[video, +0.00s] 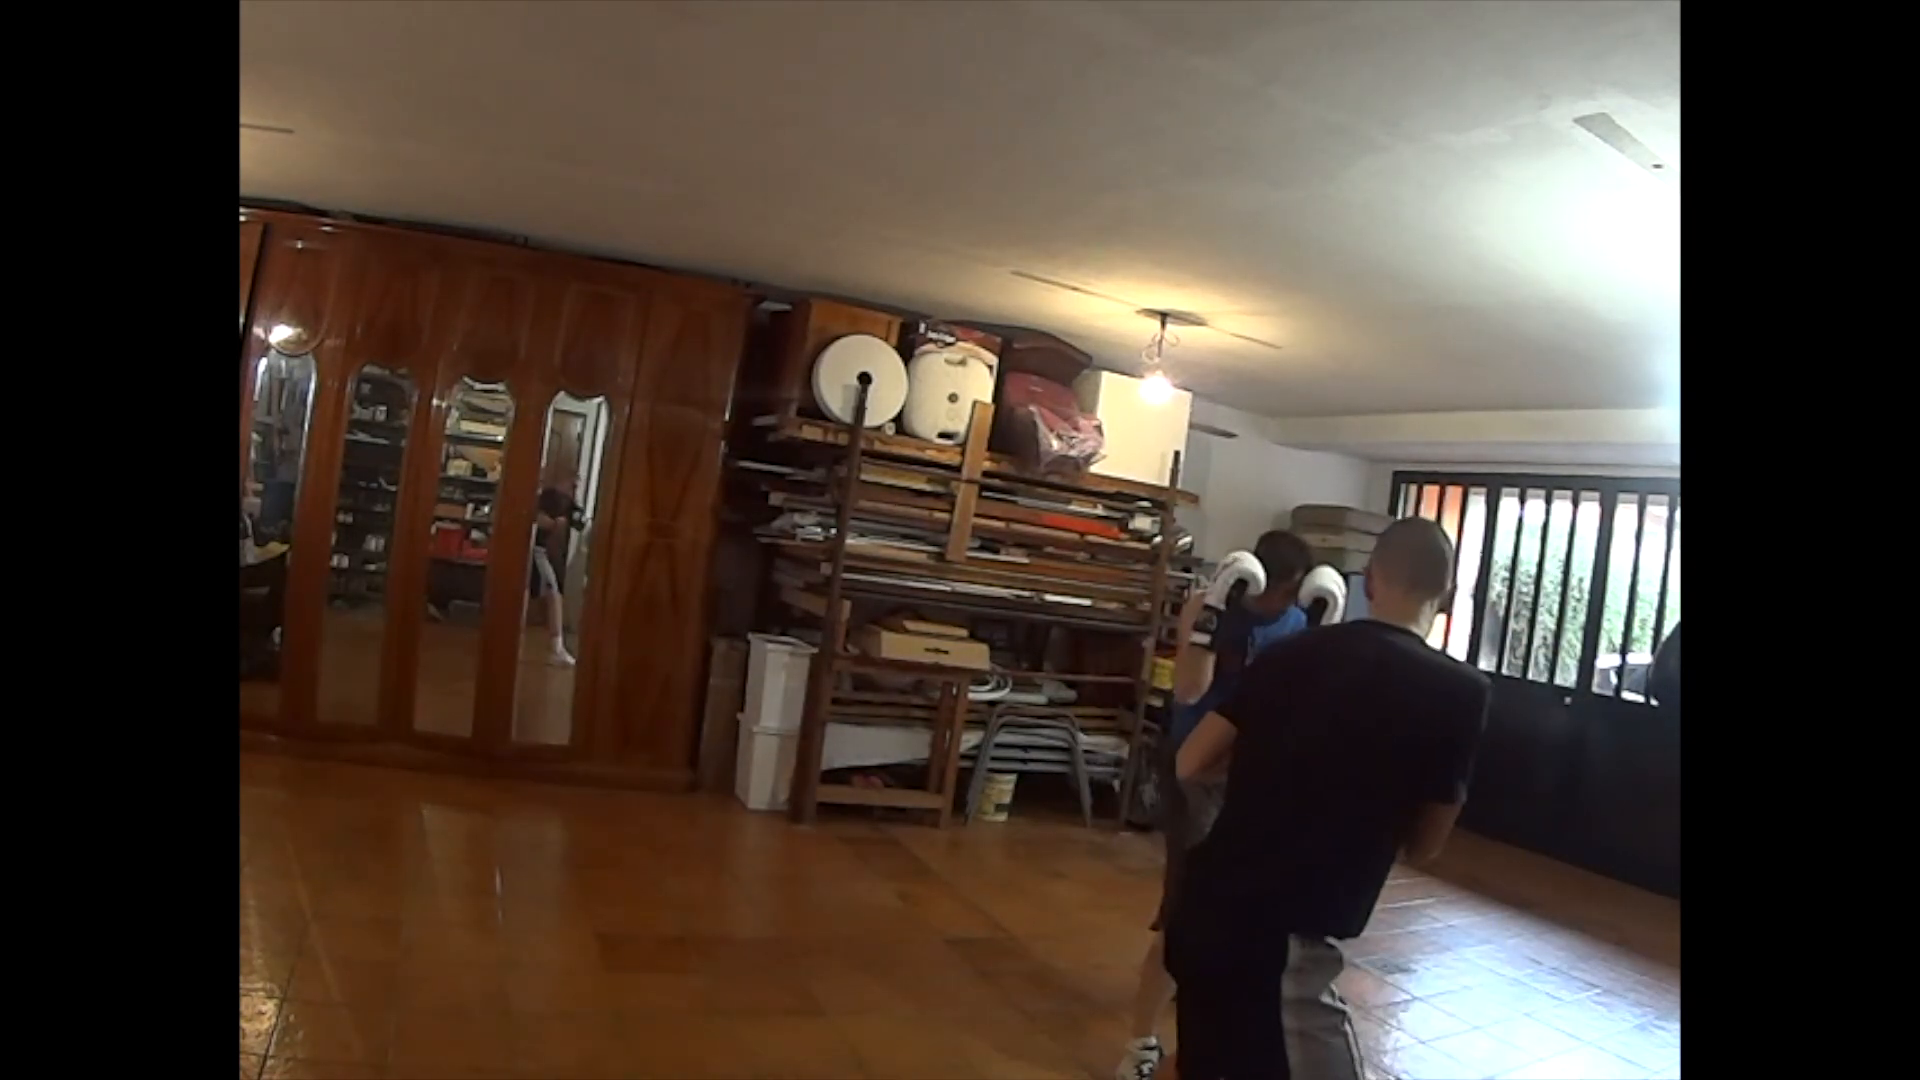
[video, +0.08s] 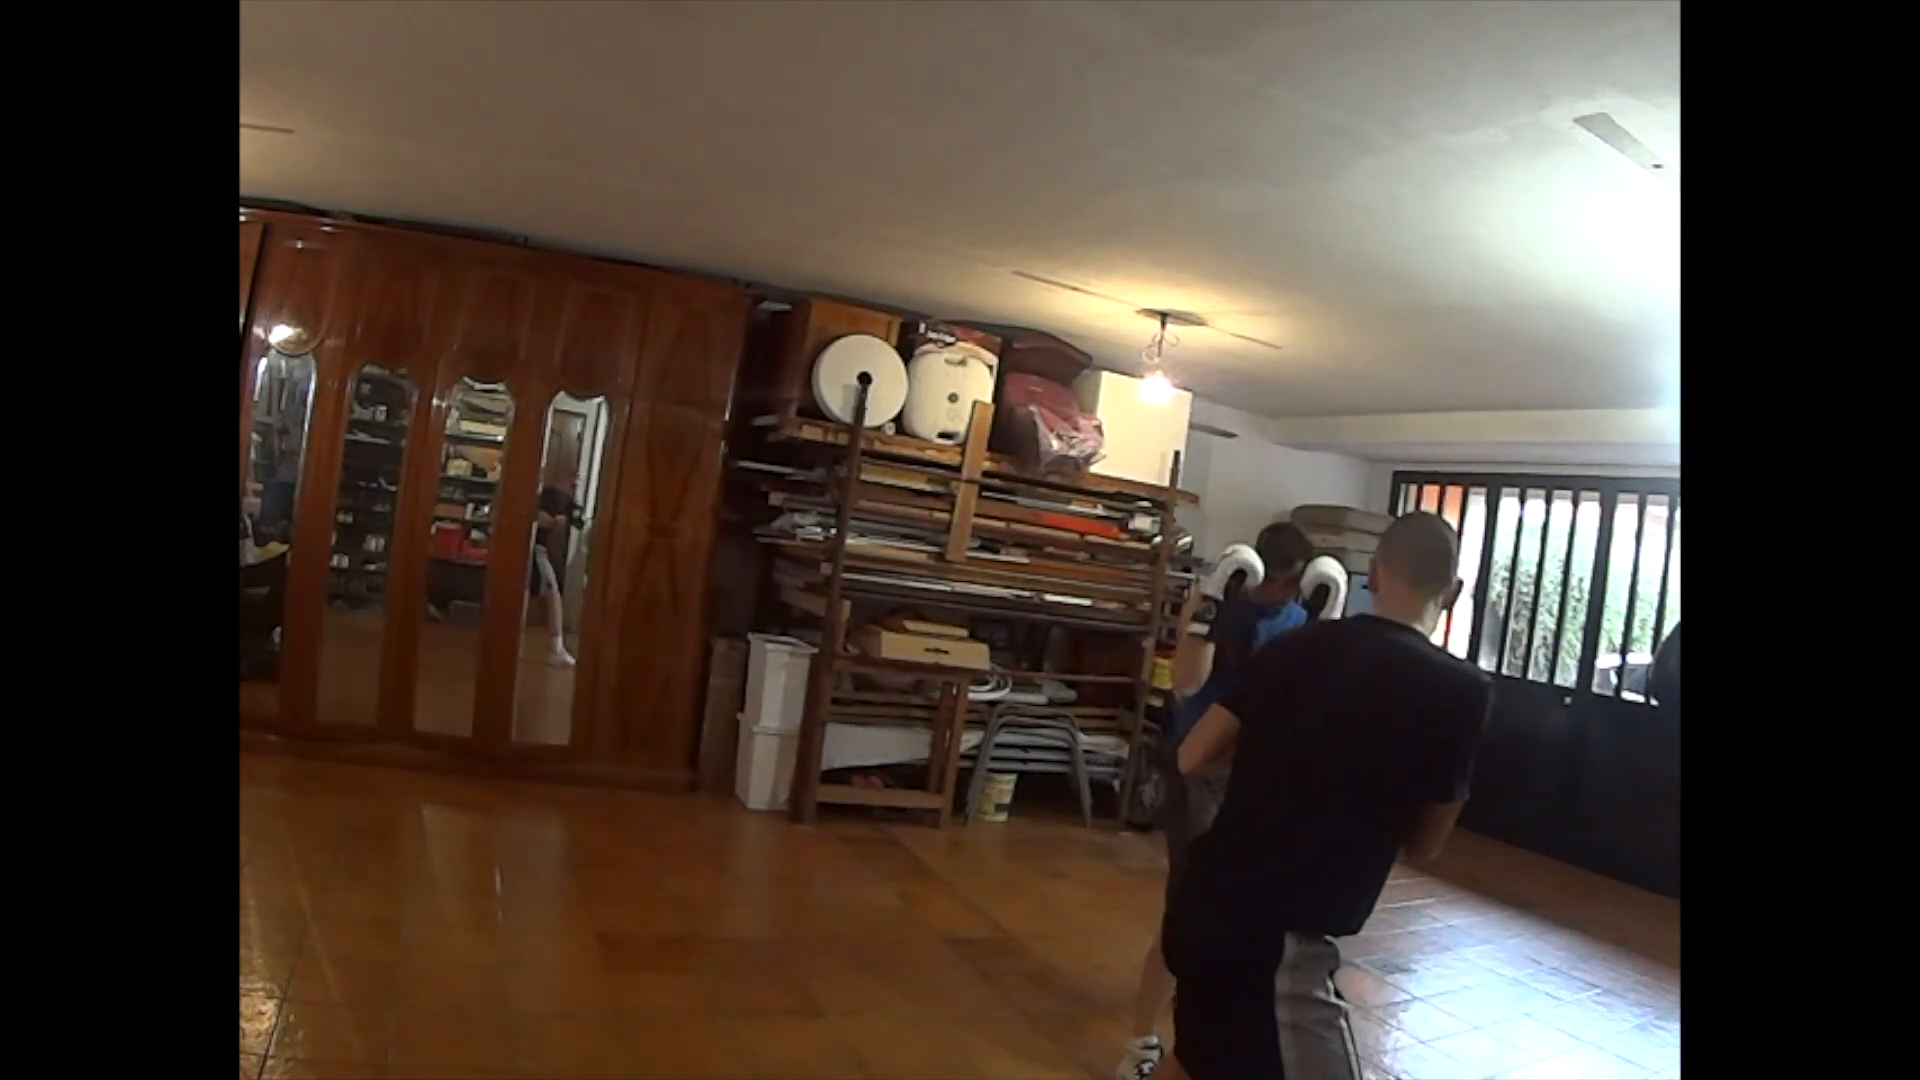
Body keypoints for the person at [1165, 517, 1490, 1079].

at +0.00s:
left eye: (1370, 573)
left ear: (1370, 579)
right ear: (1447, 597)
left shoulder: (1294, 653)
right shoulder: (1460, 689)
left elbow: (1191, 763)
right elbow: (1425, 847)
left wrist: (1271, 756)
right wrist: (1368, 787)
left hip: (1211, 910)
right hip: (1303, 946)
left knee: (1208, 1065)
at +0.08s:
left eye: (1377, 568)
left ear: (1375, 573)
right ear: (1452, 593)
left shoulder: (1298, 648)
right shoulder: (1461, 689)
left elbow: (1193, 756)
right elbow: (1425, 847)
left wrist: (1270, 746)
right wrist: (1366, 785)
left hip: (1213, 901)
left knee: (1205, 1060)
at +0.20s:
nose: (1379, 577)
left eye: (1378, 568)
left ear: (1378, 575)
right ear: (1456, 599)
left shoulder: (1301, 651)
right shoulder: (1466, 697)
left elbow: (1195, 761)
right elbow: (1434, 850)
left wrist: (1272, 752)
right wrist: (1375, 791)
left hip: (1208, 919)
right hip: (1299, 955)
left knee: (1209, 1066)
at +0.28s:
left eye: (1378, 570)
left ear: (1379, 577)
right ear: (1456, 602)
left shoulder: (1301, 655)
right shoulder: (1469, 700)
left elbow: (1194, 767)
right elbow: (1436, 852)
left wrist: (1272, 753)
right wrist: (1374, 794)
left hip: (1209, 925)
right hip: (1302, 961)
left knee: (1211, 1068)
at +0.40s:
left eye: (1379, 572)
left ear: (1380, 577)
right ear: (1458, 602)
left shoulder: (1295, 658)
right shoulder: (1473, 701)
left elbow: (1192, 771)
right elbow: (1438, 857)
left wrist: (1276, 755)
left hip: (1214, 923)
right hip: (1307, 964)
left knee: (1207, 1066)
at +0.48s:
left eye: (1380, 572)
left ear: (1381, 576)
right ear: (1461, 601)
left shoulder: (1299, 655)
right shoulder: (1473, 702)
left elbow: (1191, 762)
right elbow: (1439, 856)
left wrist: (1278, 750)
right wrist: (1388, 787)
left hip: (1211, 923)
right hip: (1303, 961)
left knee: (1205, 1066)